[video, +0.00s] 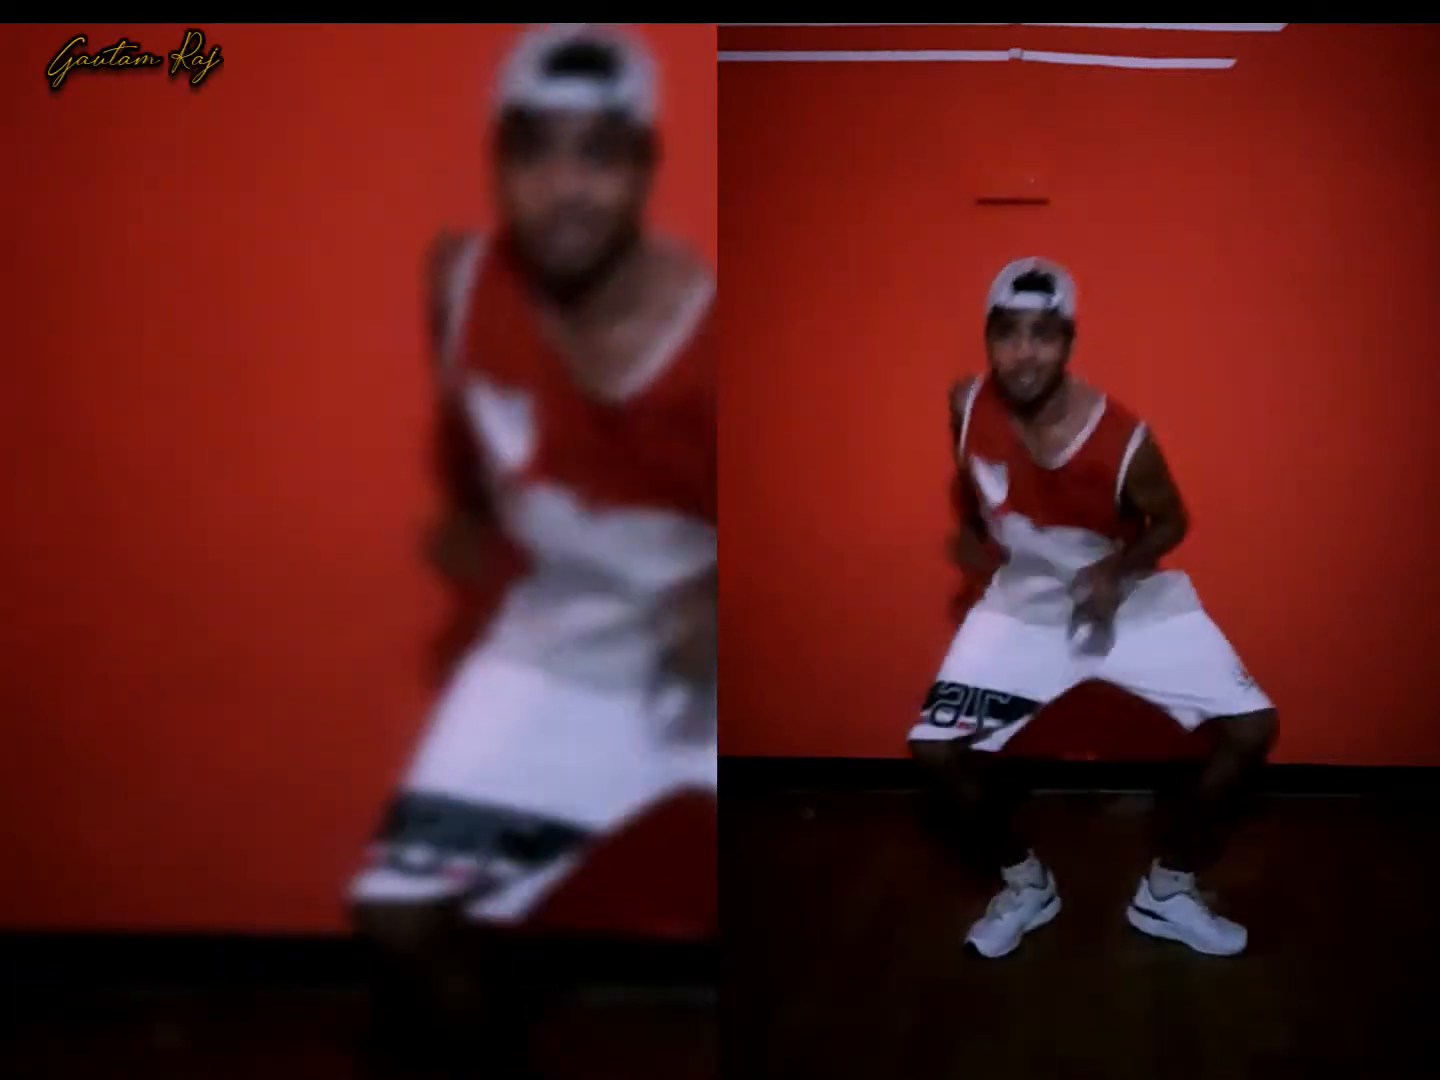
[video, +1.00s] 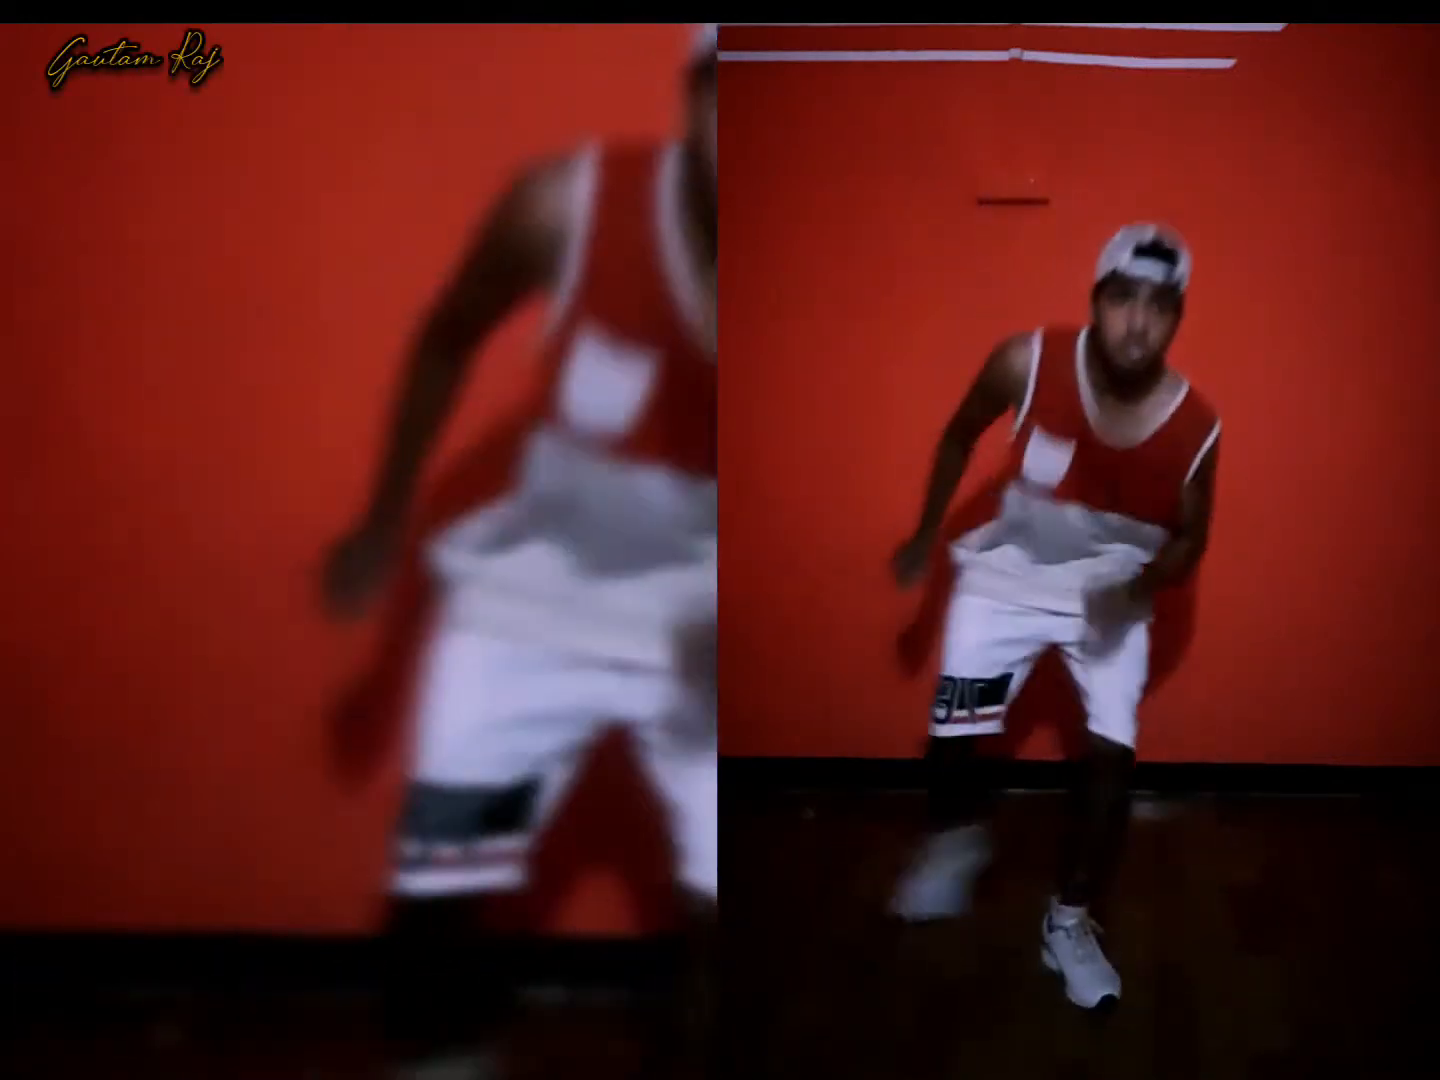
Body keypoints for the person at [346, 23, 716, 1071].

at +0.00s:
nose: (564, 186)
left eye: (599, 155)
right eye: (536, 153)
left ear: (647, 173)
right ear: (498, 170)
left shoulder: (720, 323)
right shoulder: (466, 280)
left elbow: (788, 491)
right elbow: (459, 438)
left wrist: (727, 599)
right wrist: (469, 524)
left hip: (697, 653)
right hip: (541, 647)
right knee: (405, 912)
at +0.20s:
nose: (498, 119)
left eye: (531, 85)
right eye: (469, 86)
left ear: (581, 104)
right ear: (438, 111)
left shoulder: (705, 242)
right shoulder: (402, 283)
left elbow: (793, 392)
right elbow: (328, 439)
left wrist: (747, 520)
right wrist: (435, 523)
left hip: (699, 626)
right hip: (515, 629)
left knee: (789, 902)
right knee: (474, 918)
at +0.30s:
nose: (427, 39)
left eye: (451, 17)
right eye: (408, 25)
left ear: (518, 16)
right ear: (391, 43)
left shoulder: (648, 98)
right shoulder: (376, 227)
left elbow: (712, 287)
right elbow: (367, 473)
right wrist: (478, 467)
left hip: (683, 584)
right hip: (503, 610)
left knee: (768, 860)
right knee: (491, 919)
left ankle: (609, 1016)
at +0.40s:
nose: (412, 46)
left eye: (436, 22)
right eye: (389, 27)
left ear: (493, 25)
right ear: (367, 45)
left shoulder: (587, 122)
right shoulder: (362, 223)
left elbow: (632, 311)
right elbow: (448, 483)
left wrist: (693, 411)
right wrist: (503, 341)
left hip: (651, 594)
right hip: (494, 607)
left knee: (618, 936)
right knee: (484, 940)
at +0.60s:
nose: (519, 68)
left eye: (551, 42)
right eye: (496, 39)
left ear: (596, 58)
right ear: (463, 50)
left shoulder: (631, 194)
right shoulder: (387, 184)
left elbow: (630, 391)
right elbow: (349, 439)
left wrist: (740, 431)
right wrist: (426, 405)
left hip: (575, 625)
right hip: (422, 608)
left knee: (512, 965)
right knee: (406, 940)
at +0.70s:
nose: (603, 47)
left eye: (632, 25)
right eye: (579, 22)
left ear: (671, 43)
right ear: (537, 34)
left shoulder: (694, 176)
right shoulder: (450, 157)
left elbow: (679, 341)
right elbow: (298, 388)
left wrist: (770, 441)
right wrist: (345, 545)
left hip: (562, 590)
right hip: (395, 584)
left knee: (610, 864)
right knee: (355, 899)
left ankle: (457, 1041)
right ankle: (302, 1078)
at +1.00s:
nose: (734, 123)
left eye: (750, 98)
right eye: (720, 91)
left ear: (786, 120)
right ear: (690, 95)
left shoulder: (799, 249)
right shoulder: (573, 201)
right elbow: (447, 340)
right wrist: (385, 519)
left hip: (704, 605)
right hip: (529, 588)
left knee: (734, 906)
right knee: (441, 888)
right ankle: (437, 1069)